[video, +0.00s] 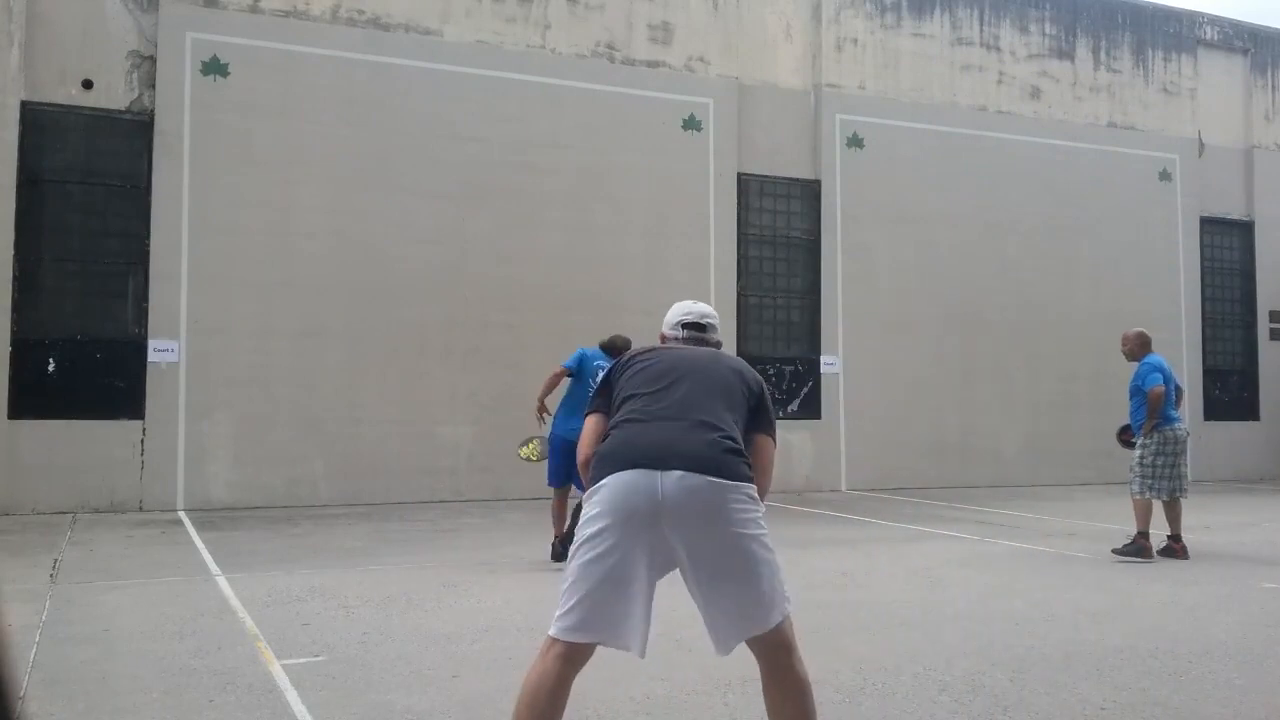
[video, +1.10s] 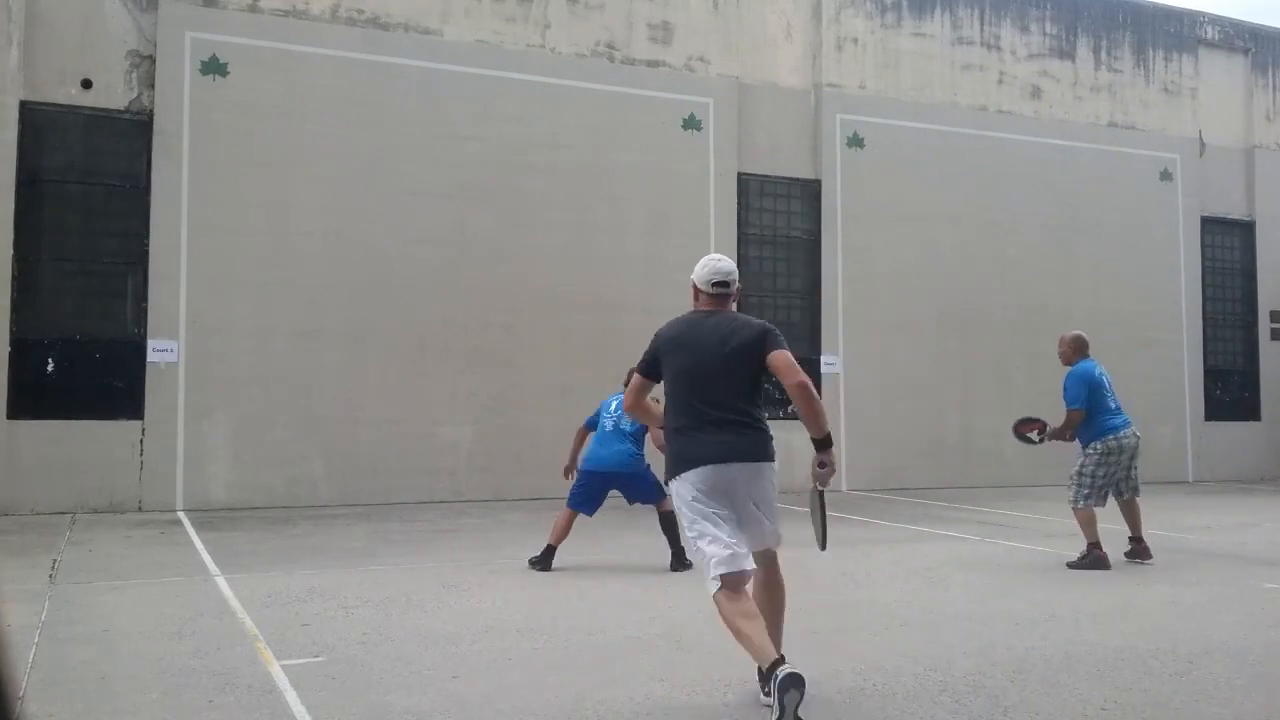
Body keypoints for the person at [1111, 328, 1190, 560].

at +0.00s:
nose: (1122, 349)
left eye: (1126, 344)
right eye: (1122, 345)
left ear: (1139, 345)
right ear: (1143, 346)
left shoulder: (1148, 365)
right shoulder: (1160, 363)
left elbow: (1156, 391)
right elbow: (1178, 392)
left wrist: (1147, 425)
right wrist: (1167, 418)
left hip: (1157, 433)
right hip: (1174, 431)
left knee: (1140, 486)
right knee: (1169, 488)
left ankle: (1141, 541)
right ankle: (1176, 542)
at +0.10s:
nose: (1116, 351)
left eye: (1119, 346)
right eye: (1116, 347)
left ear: (1134, 347)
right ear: (1136, 347)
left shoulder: (1142, 367)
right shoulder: (1152, 364)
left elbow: (1156, 391)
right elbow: (1169, 390)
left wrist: (1146, 420)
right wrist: (1157, 416)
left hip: (1154, 434)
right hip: (1170, 432)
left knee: (1139, 488)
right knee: (1167, 489)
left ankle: (1138, 543)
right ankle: (1175, 543)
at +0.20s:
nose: (1110, 354)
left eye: (1114, 349)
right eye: (1109, 350)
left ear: (1129, 348)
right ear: (1129, 349)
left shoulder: (1138, 370)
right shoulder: (1138, 368)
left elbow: (1156, 395)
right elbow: (1146, 403)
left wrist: (1137, 420)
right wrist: (1129, 435)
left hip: (1152, 438)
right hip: (1163, 435)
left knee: (1138, 491)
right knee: (1165, 490)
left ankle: (1135, 547)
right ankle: (1175, 543)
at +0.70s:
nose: (1111, 350)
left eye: (1116, 346)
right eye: (1107, 346)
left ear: (1129, 348)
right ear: (1104, 349)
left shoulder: (1134, 369)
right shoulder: (1112, 376)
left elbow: (1138, 401)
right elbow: (1111, 413)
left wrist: (1107, 415)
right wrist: (1100, 440)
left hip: (1138, 439)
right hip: (1133, 440)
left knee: (1109, 490)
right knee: (1138, 491)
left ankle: (1132, 542)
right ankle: (1155, 544)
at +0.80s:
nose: (1095, 356)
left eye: (1099, 352)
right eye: (1095, 351)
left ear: (1114, 355)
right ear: (1112, 356)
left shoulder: (1119, 375)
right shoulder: (1115, 377)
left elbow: (1122, 410)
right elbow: (1115, 422)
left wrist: (1099, 433)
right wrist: (1098, 448)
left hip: (1134, 443)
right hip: (1148, 442)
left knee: (1098, 493)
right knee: (1132, 494)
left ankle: (1124, 544)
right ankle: (1154, 545)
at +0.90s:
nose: (1084, 364)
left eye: (1088, 360)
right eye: (1085, 359)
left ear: (1099, 363)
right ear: (1106, 364)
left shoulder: (1104, 386)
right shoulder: (1117, 381)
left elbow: (1100, 429)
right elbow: (1110, 425)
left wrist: (1086, 452)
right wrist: (1092, 449)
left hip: (1129, 450)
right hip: (1147, 447)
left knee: (1089, 495)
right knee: (1133, 496)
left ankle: (1102, 548)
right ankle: (1154, 546)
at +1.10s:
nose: (1058, 352)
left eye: (1061, 348)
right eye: (1058, 348)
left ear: (1074, 350)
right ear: (1079, 350)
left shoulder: (1077, 374)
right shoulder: (1095, 367)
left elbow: (1075, 416)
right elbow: (1093, 409)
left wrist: (1056, 432)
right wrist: (1072, 431)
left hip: (1105, 443)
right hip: (1127, 436)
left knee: (1079, 495)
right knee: (1124, 490)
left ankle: (1095, 551)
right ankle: (1139, 545)